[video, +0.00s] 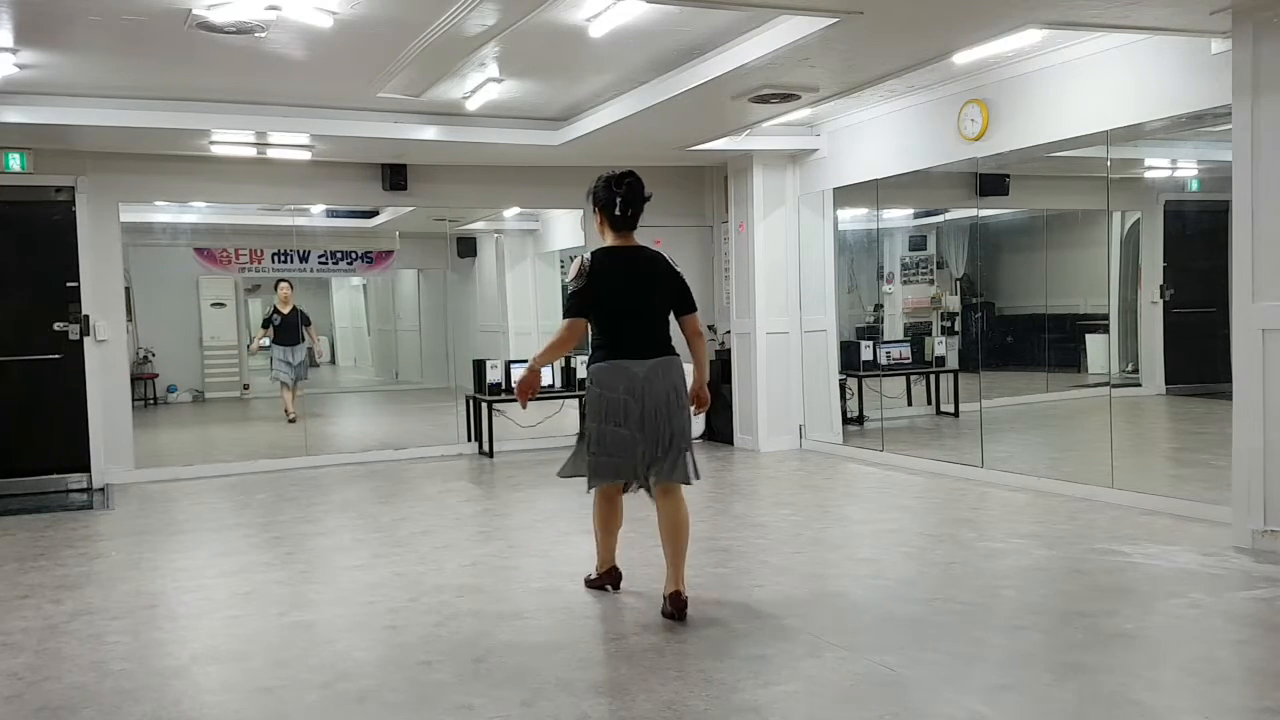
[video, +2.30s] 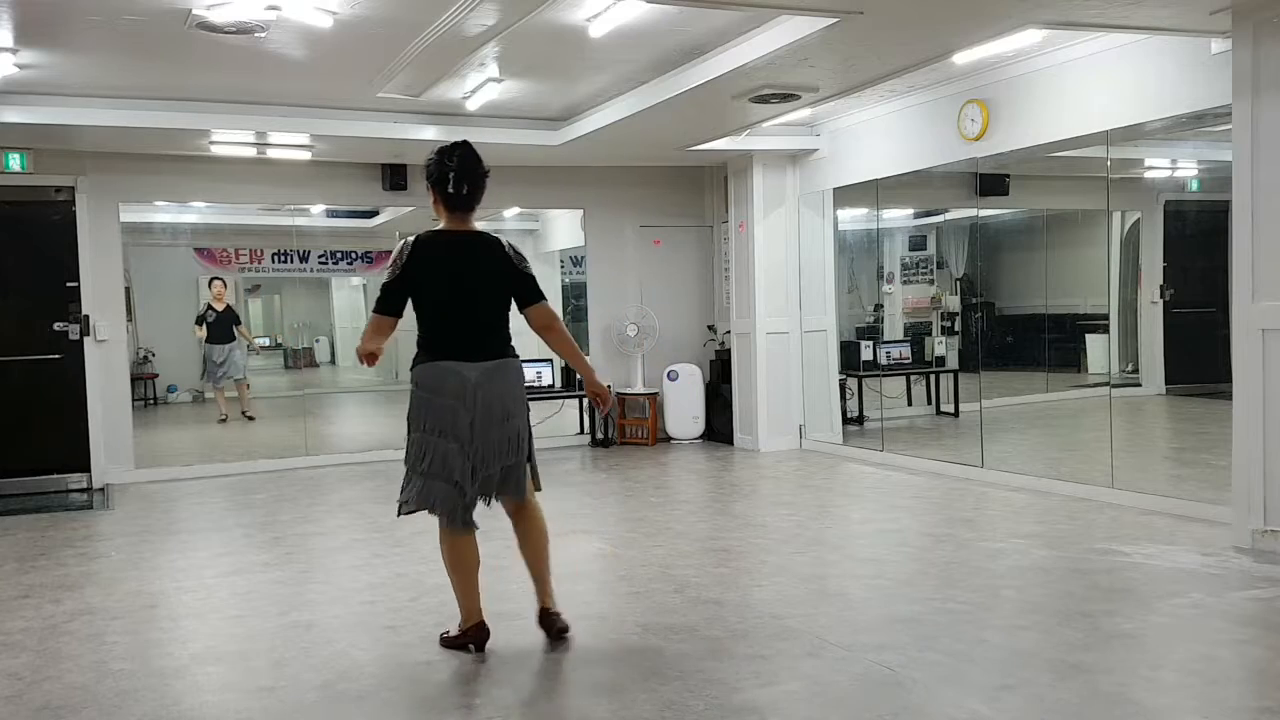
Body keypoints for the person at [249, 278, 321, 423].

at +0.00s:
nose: (285, 292)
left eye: (287, 289)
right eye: (281, 289)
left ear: (291, 291)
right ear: (276, 292)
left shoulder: (298, 311)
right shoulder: (271, 311)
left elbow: (309, 327)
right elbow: (264, 329)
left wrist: (316, 344)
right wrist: (256, 342)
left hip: (298, 349)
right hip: (280, 350)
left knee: (295, 381)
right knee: (285, 381)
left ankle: (289, 406)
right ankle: (290, 411)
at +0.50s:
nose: (280, 291)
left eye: (282, 288)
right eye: (277, 288)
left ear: (287, 290)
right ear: (272, 291)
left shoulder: (295, 309)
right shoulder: (266, 310)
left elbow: (304, 328)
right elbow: (262, 328)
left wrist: (312, 345)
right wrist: (261, 341)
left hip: (292, 346)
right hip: (274, 347)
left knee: (291, 380)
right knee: (277, 379)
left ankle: (290, 409)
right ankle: (276, 409)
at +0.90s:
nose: (266, 289)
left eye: (269, 287)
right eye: (263, 287)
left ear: (273, 290)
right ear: (258, 290)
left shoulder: (278, 309)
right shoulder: (253, 308)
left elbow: (289, 327)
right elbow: (246, 325)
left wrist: (302, 342)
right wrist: (240, 336)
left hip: (276, 347)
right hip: (258, 348)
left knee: (283, 379)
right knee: (256, 380)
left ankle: (288, 409)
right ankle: (254, 410)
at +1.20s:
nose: (256, 290)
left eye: (258, 287)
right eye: (252, 287)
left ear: (262, 290)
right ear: (247, 290)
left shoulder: (267, 309)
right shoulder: (241, 308)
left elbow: (277, 328)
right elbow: (234, 327)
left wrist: (289, 343)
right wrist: (232, 336)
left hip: (265, 347)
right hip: (247, 347)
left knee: (267, 379)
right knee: (250, 381)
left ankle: (267, 409)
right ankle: (253, 410)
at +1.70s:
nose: (245, 289)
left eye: (248, 286)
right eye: (242, 287)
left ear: (252, 289)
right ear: (236, 290)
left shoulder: (257, 308)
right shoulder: (232, 308)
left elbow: (268, 327)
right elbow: (225, 327)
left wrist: (282, 339)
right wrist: (221, 336)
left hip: (256, 347)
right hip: (238, 347)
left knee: (261, 380)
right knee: (238, 379)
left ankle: (261, 411)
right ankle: (235, 410)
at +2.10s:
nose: (226, 290)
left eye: (229, 287)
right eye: (223, 287)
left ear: (233, 289)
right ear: (218, 290)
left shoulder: (237, 308)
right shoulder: (212, 308)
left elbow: (248, 327)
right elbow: (205, 325)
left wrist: (261, 338)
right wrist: (204, 330)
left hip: (237, 347)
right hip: (219, 348)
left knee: (248, 378)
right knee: (221, 382)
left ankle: (260, 409)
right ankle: (223, 413)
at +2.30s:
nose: (219, 290)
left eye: (222, 287)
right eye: (215, 287)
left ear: (226, 290)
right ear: (210, 290)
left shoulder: (230, 308)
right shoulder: (207, 308)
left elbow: (240, 328)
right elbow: (198, 325)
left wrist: (253, 342)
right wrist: (200, 333)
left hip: (232, 346)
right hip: (214, 348)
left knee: (240, 378)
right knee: (218, 383)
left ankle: (245, 409)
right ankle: (223, 412)